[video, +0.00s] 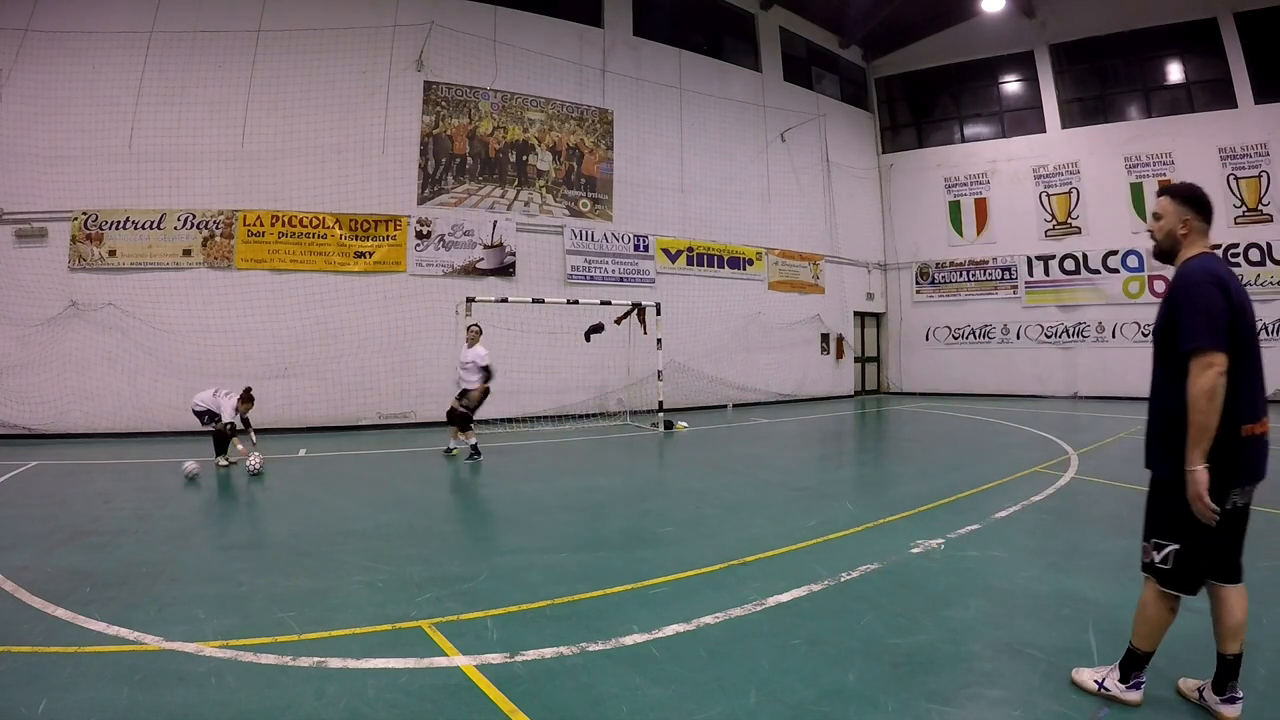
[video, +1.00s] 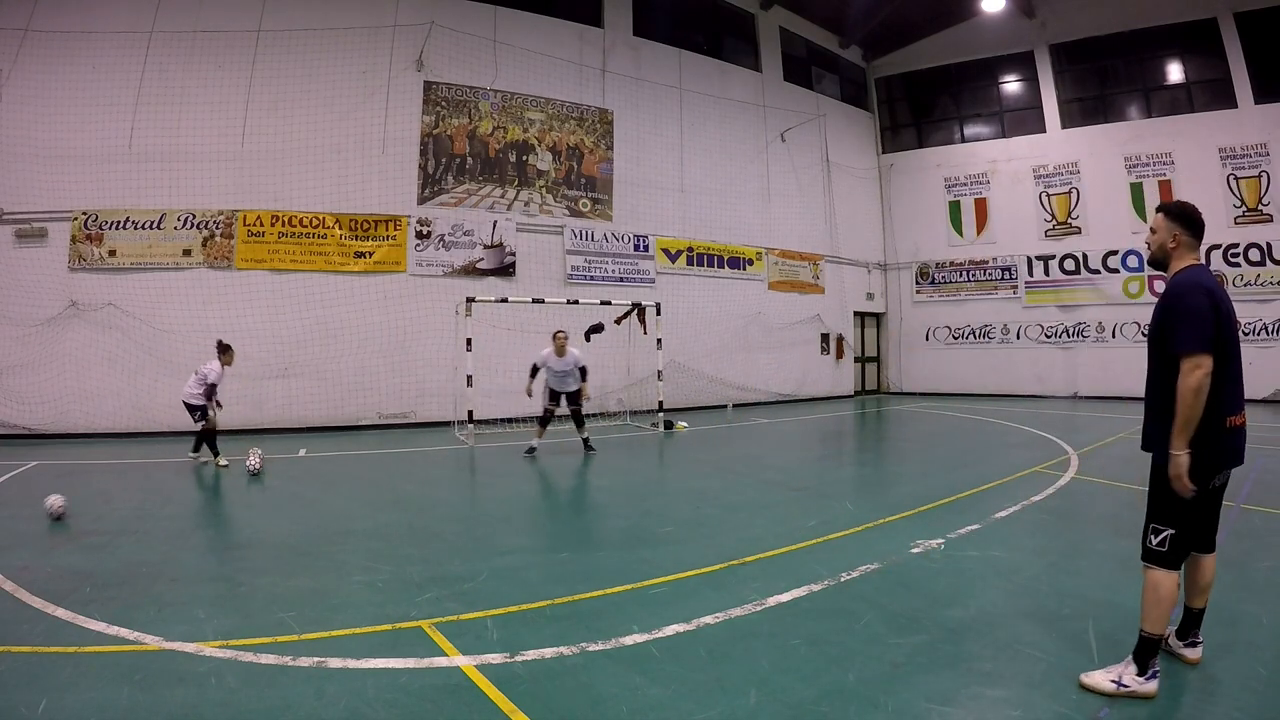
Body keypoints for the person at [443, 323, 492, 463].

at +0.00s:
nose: (473, 334)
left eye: (476, 333)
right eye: (471, 331)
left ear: (479, 336)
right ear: (467, 333)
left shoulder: (481, 352)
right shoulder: (465, 347)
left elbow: (488, 373)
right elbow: (466, 367)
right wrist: (461, 380)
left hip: (476, 389)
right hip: (465, 387)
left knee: (462, 417)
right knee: (452, 414)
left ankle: (475, 450)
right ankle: (452, 446)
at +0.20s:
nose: (488, 327)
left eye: (491, 325)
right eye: (486, 325)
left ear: (494, 329)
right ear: (480, 327)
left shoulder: (500, 345)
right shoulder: (473, 341)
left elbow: (512, 363)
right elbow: (467, 352)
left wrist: (507, 381)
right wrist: (457, 362)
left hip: (495, 383)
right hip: (478, 382)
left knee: (485, 411)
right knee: (472, 414)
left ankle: (485, 441)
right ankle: (482, 435)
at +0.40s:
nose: (508, 334)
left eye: (511, 332)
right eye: (505, 331)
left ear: (513, 336)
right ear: (500, 334)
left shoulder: (518, 353)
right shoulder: (491, 350)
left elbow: (523, 373)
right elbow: (483, 368)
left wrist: (521, 387)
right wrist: (487, 384)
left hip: (514, 390)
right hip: (495, 389)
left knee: (520, 420)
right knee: (490, 420)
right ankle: (487, 446)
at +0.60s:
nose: (524, 326)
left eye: (526, 324)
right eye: (521, 324)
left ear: (529, 328)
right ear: (515, 328)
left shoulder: (535, 342)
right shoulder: (508, 344)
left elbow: (543, 360)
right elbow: (500, 362)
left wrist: (546, 380)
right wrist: (507, 379)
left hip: (534, 382)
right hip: (516, 382)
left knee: (535, 412)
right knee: (513, 413)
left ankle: (543, 438)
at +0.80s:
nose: (539, 337)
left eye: (541, 334)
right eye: (536, 334)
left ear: (544, 337)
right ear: (530, 337)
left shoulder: (550, 352)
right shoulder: (522, 353)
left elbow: (558, 369)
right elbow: (514, 367)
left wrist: (561, 388)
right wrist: (513, 387)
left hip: (549, 387)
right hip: (530, 388)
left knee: (557, 414)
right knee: (530, 416)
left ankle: (569, 436)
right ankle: (527, 446)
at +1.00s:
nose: (562, 341)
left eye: (564, 339)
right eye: (559, 339)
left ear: (567, 341)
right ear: (554, 342)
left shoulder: (574, 354)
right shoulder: (546, 355)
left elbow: (583, 370)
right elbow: (535, 367)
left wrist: (584, 389)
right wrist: (529, 385)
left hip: (572, 387)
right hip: (553, 387)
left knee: (577, 415)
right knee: (547, 416)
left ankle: (586, 442)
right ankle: (534, 444)